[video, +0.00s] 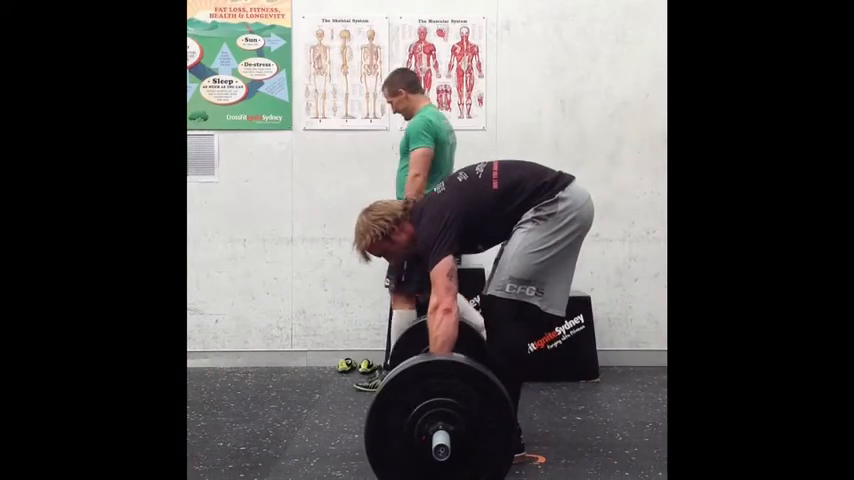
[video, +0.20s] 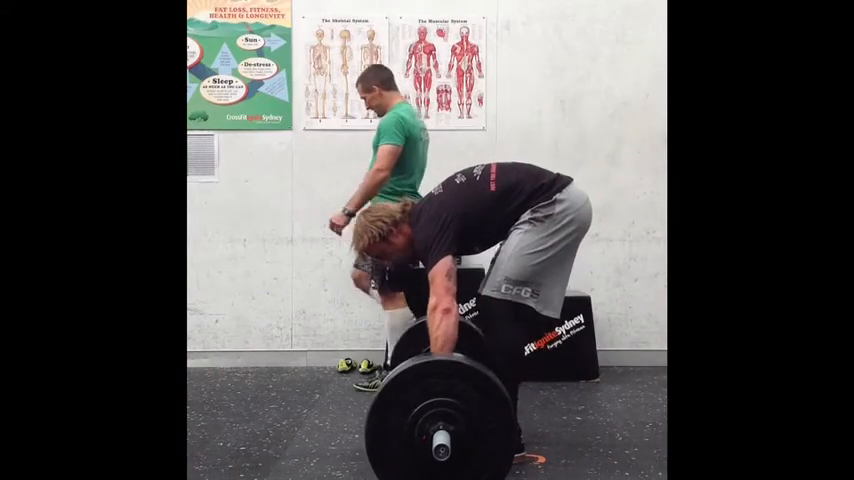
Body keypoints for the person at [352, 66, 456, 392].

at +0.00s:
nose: (392, 108)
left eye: (392, 101)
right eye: (389, 102)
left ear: (404, 93)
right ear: (414, 91)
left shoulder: (421, 124)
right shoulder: (437, 120)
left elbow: (418, 181)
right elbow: (437, 179)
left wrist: (407, 229)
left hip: (419, 228)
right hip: (437, 224)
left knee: (402, 295)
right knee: (442, 291)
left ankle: (396, 372)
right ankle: (493, 337)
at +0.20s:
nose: (366, 105)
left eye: (365, 97)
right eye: (363, 99)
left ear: (378, 89)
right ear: (386, 87)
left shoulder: (395, 120)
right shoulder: (408, 116)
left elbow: (381, 170)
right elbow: (396, 170)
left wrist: (347, 212)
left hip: (391, 213)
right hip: (400, 209)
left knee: (391, 291)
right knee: (362, 277)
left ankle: (400, 369)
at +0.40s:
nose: (340, 105)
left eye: (340, 98)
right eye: (338, 99)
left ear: (353, 92)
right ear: (358, 91)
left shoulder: (373, 121)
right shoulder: (376, 119)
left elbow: (363, 172)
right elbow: (365, 173)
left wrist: (327, 209)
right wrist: (333, 206)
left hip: (369, 218)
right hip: (369, 216)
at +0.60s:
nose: (311, 107)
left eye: (313, 100)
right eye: (309, 101)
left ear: (330, 96)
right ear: (330, 96)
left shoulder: (350, 126)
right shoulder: (341, 127)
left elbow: (350, 177)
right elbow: (343, 178)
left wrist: (337, 226)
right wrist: (330, 221)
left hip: (346, 226)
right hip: (329, 225)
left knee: (362, 294)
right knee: (316, 292)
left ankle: (391, 364)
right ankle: (300, 361)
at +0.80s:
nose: (283, 100)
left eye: (287, 94)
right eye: (282, 95)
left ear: (304, 92)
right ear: (302, 93)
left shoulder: (327, 123)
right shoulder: (306, 125)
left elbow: (338, 171)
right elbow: (300, 178)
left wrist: (336, 220)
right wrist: (284, 221)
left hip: (316, 219)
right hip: (300, 219)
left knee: (308, 288)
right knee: (298, 289)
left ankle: (366, 346)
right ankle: (298, 362)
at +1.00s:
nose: (269, 100)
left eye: (274, 93)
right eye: (267, 94)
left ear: (294, 91)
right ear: (275, 94)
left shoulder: (315, 125)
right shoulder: (276, 129)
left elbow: (326, 172)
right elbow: (262, 176)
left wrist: (309, 217)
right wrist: (241, 219)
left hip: (300, 218)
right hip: (280, 217)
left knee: (273, 284)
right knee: (291, 288)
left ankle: (297, 359)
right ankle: (299, 362)